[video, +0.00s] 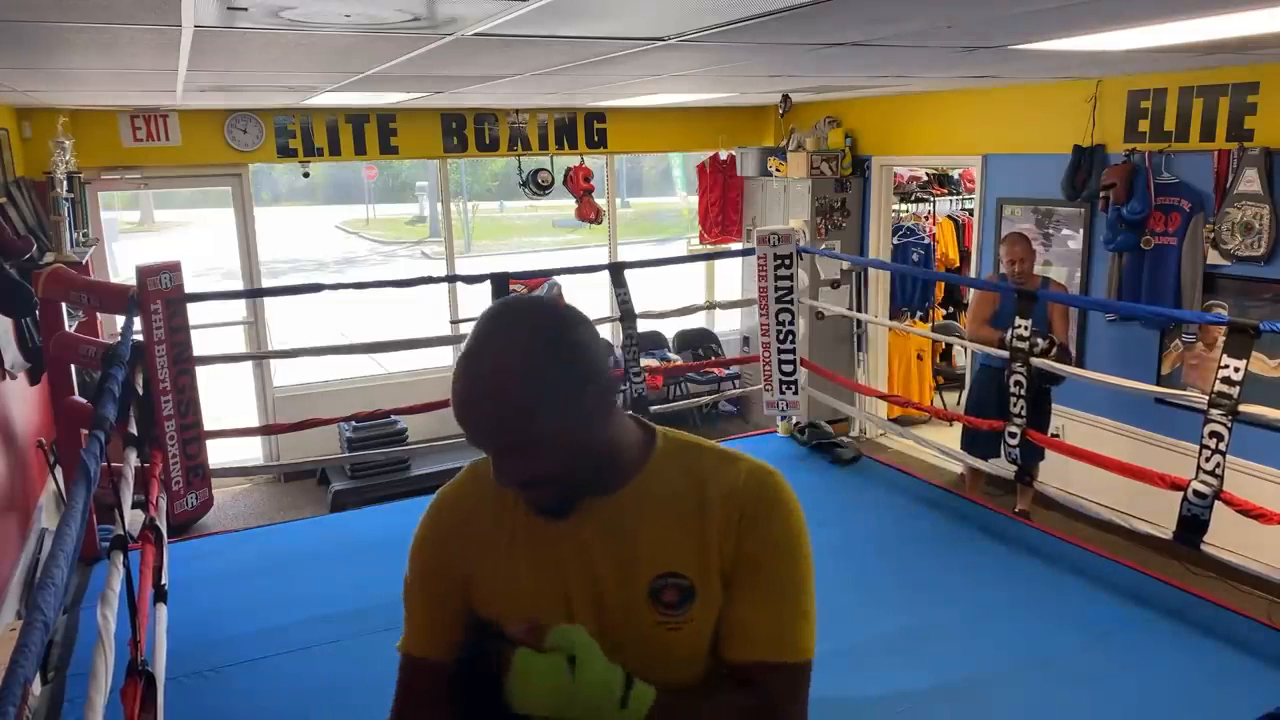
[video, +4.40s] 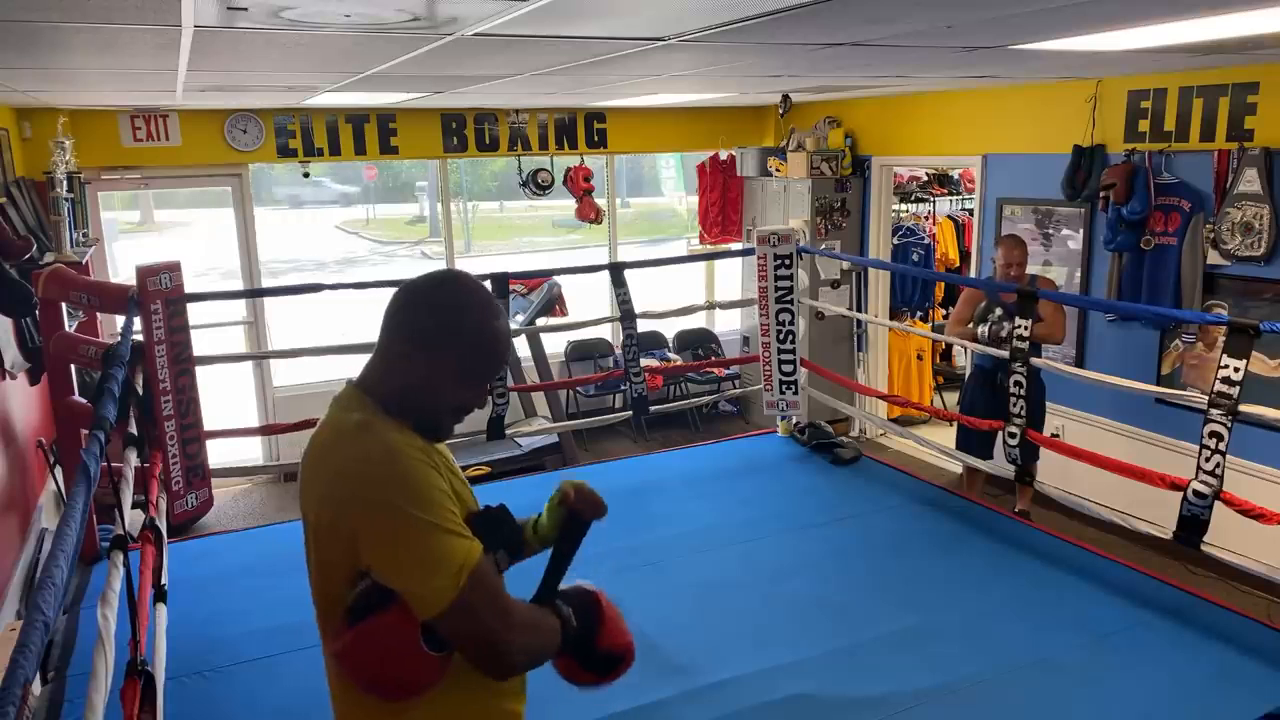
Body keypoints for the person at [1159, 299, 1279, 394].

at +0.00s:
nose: (1220, 327)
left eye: (1223, 323)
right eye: (1215, 322)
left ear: (1226, 327)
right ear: (1201, 325)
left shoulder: (1231, 350)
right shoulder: (1189, 348)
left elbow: (1270, 368)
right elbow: (1163, 370)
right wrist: (1178, 348)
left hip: (1218, 405)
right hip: (1189, 401)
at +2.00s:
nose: (1220, 327)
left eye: (1223, 323)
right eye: (1215, 322)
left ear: (1226, 327)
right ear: (1201, 325)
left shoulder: (1231, 349)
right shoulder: (1189, 348)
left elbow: (1270, 368)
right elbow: (1162, 369)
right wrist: (1181, 350)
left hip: (1218, 405)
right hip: (1189, 401)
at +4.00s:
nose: (1220, 327)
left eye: (1223, 323)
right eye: (1215, 322)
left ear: (1226, 327)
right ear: (1201, 325)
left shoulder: (1231, 349)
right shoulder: (1189, 349)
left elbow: (1270, 368)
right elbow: (1162, 369)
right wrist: (1179, 351)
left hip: (1218, 405)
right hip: (1189, 400)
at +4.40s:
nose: (1220, 325)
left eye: (1224, 321)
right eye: (1215, 320)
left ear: (1227, 326)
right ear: (1201, 324)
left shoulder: (1232, 349)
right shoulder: (1189, 348)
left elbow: (1271, 367)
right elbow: (1162, 369)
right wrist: (1180, 346)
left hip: (1220, 406)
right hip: (1190, 401)